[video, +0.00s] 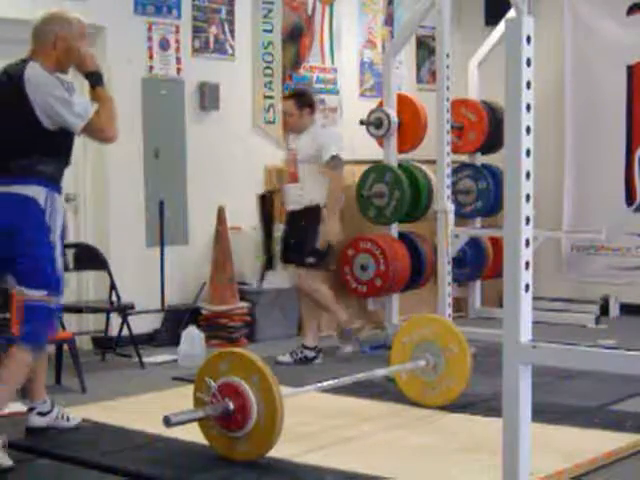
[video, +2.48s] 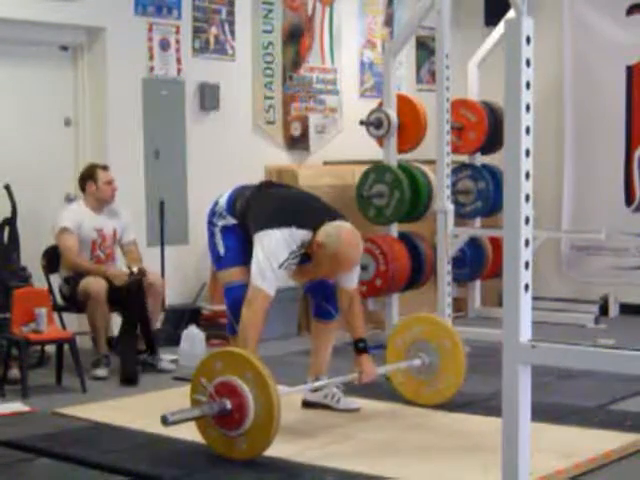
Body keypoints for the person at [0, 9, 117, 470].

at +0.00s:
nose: (86, 52)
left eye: (85, 43)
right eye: (81, 43)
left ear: (45, 43)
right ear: (58, 45)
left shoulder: (10, 76)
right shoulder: (42, 80)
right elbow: (107, 130)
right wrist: (95, 75)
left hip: (10, 195)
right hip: (29, 199)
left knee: (37, 306)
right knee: (39, 309)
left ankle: (38, 404)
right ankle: (5, 400)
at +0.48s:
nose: (139, 61)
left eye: (140, 53)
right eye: (137, 52)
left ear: (109, 46)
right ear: (115, 47)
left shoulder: (69, 77)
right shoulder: (92, 79)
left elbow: (86, 149)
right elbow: (107, 151)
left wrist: (132, 136)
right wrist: (145, 128)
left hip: (54, 197)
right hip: (87, 199)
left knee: (58, 302)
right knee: (144, 294)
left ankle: (42, 406)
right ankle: (168, 399)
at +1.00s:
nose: (255, 73)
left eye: (258, 66)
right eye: (252, 65)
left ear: (224, 57)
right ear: (226, 56)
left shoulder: (197, 81)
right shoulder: (203, 91)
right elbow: (189, 169)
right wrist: (204, 233)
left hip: (165, 189)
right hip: (180, 195)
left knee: (180, 291)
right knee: (219, 298)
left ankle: (121, 369)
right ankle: (210, 393)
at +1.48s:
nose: (305, 95)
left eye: (309, 87)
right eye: (302, 85)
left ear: (298, 84)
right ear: (279, 75)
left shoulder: (289, 117)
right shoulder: (243, 108)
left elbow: (283, 167)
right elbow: (213, 174)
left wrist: (292, 208)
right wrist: (235, 236)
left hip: (253, 202)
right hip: (221, 200)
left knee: (283, 291)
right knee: (235, 299)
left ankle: (304, 379)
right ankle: (218, 388)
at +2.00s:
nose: (350, 189)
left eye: (356, 184)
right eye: (348, 182)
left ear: (361, 177)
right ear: (329, 167)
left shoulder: (352, 179)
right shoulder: (286, 171)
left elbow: (357, 235)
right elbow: (248, 237)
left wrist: (362, 288)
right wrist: (249, 299)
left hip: (288, 216)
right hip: (243, 211)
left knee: (320, 293)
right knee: (252, 305)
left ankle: (317, 383)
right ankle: (249, 387)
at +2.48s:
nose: (332, 276)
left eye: (339, 271)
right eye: (330, 269)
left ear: (351, 256)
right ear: (317, 247)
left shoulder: (347, 247)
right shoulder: (275, 239)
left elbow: (350, 298)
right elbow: (254, 306)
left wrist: (362, 351)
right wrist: (244, 372)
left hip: (282, 206)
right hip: (231, 213)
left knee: (326, 296)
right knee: (238, 303)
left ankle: (317, 383)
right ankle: (242, 383)